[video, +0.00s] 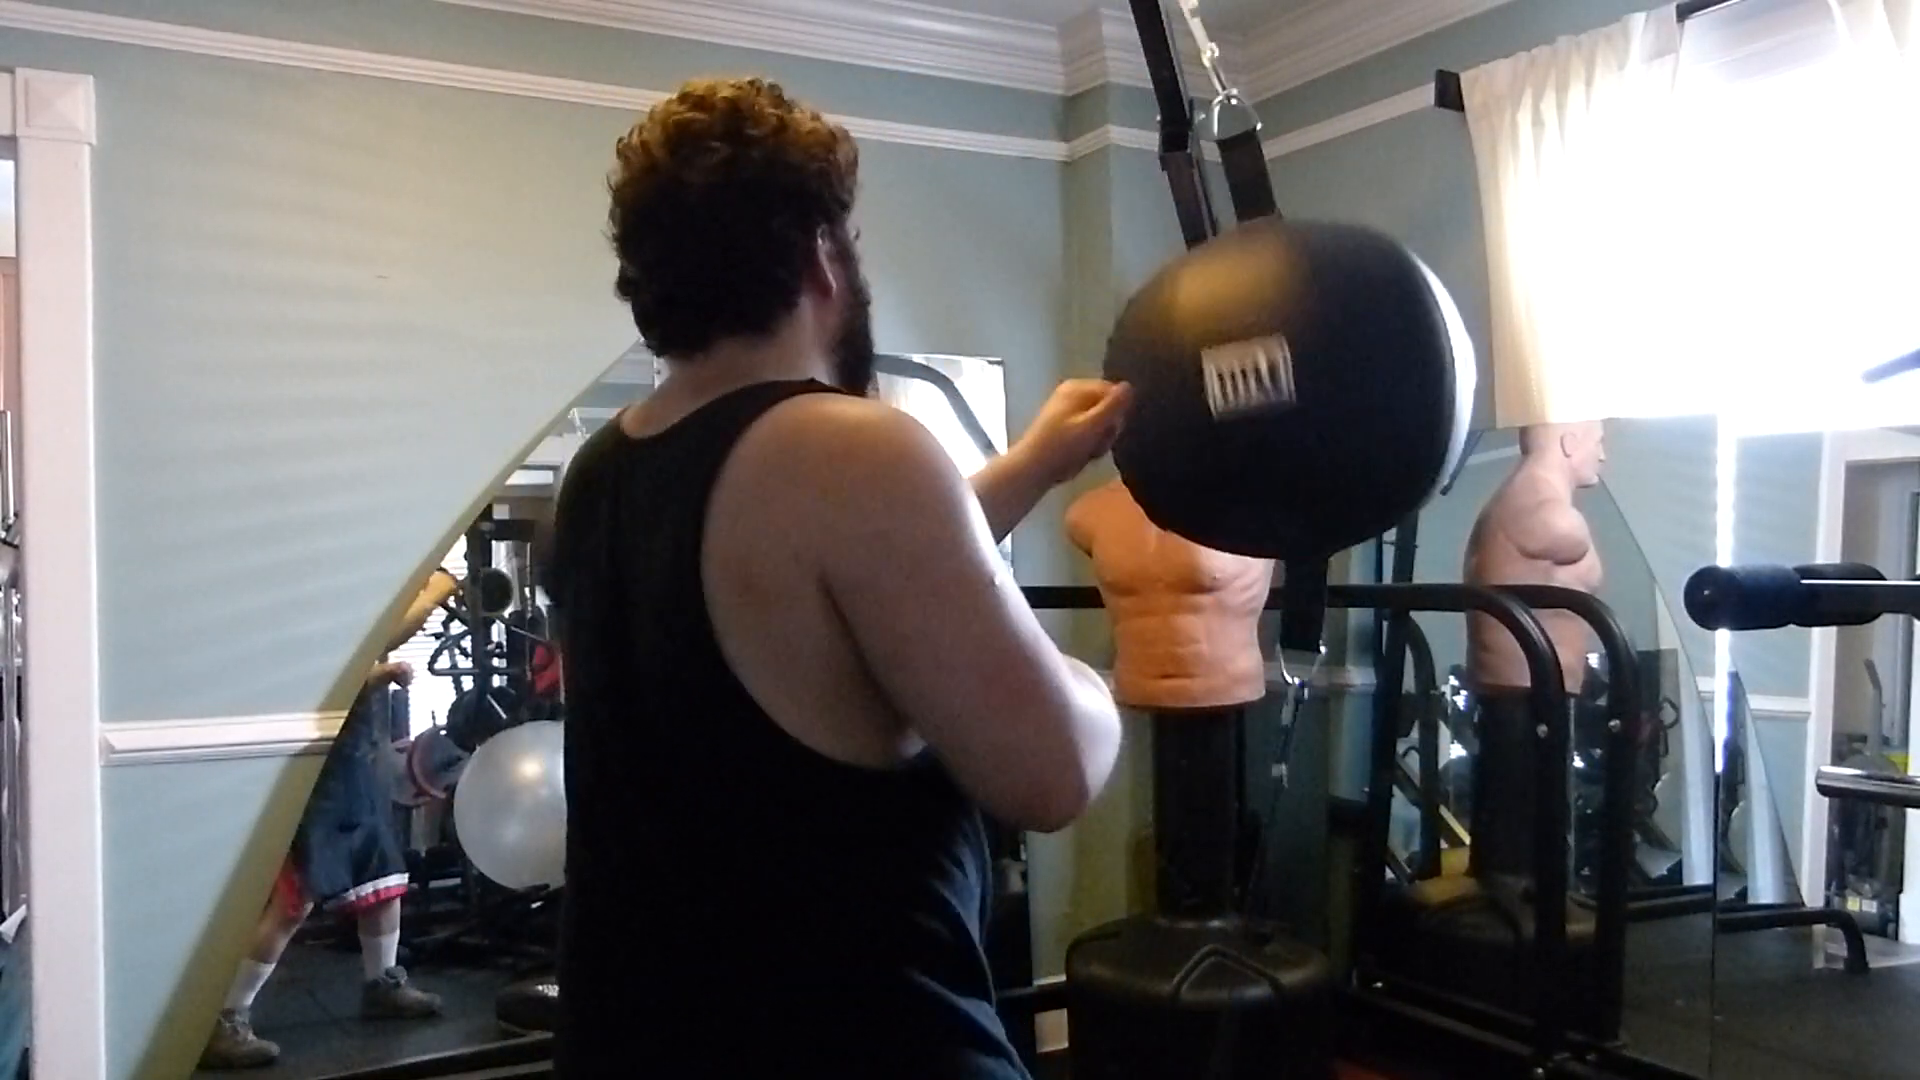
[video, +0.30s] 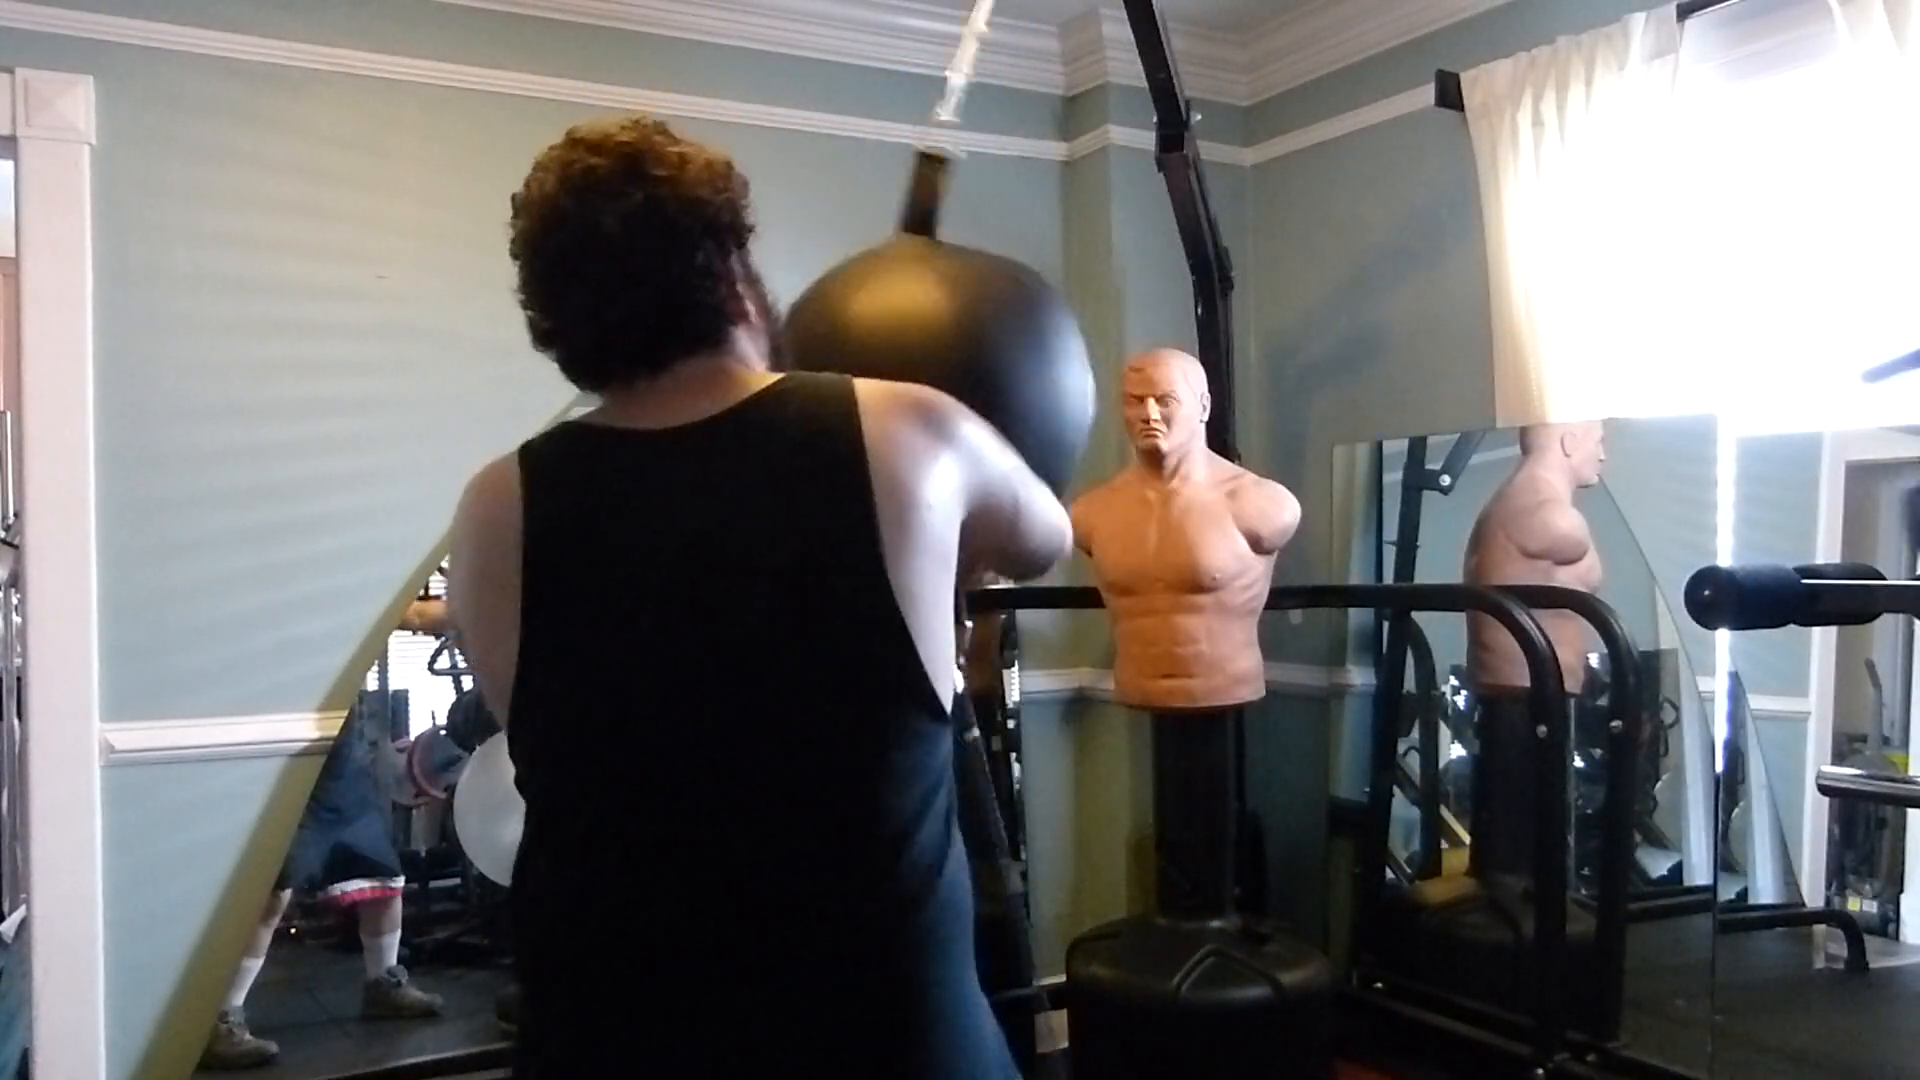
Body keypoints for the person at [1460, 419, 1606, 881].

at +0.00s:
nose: (1604, 454)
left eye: (1602, 440)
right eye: (1598, 438)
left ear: (1557, 441)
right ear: (1567, 441)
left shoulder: (1512, 499)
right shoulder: (1539, 498)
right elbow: (1594, 576)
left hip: (1509, 696)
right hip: (1529, 700)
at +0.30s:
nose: (1604, 454)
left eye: (1603, 439)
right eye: (1598, 437)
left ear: (1557, 440)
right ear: (1566, 440)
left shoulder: (1512, 499)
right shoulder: (1539, 497)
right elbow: (1593, 574)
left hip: (1512, 697)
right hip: (1529, 700)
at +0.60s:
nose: (1604, 453)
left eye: (1603, 437)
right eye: (1598, 435)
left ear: (1557, 439)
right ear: (1567, 439)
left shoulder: (1512, 499)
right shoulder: (1539, 500)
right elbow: (1594, 573)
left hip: (1510, 699)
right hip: (1529, 702)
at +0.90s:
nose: (1603, 454)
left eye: (1603, 439)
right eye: (1598, 438)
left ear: (1557, 440)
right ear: (1566, 440)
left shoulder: (1516, 495)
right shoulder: (1539, 495)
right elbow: (1591, 574)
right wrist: (1588, 550)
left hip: (1512, 691)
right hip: (1528, 694)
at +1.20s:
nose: (1603, 454)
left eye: (1603, 440)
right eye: (1598, 438)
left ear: (1557, 441)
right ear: (1567, 441)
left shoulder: (1513, 497)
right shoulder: (1539, 493)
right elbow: (1548, 536)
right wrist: (1584, 536)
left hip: (1510, 690)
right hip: (1529, 693)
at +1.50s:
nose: (1603, 455)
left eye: (1602, 441)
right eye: (1597, 439)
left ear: (1557, 441)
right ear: (1566, 441)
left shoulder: (1514, 497)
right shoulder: (1539, 495)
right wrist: (1588, 550)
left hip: (1510, 693)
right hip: (1528, 697)